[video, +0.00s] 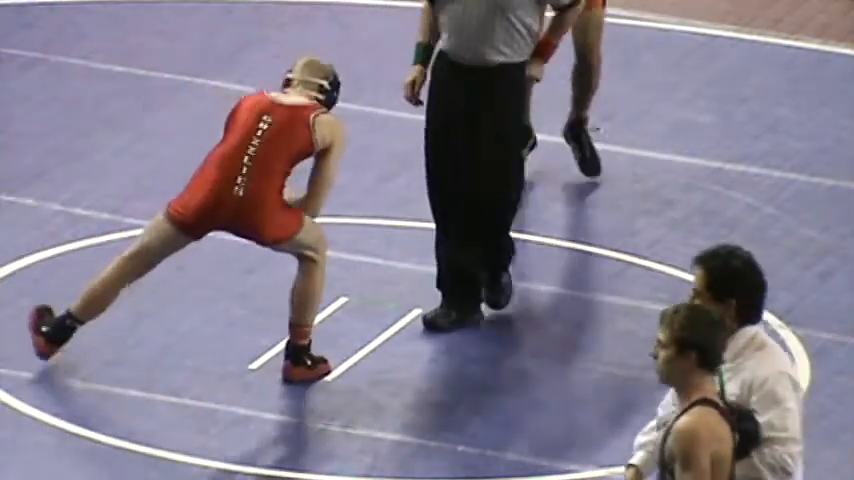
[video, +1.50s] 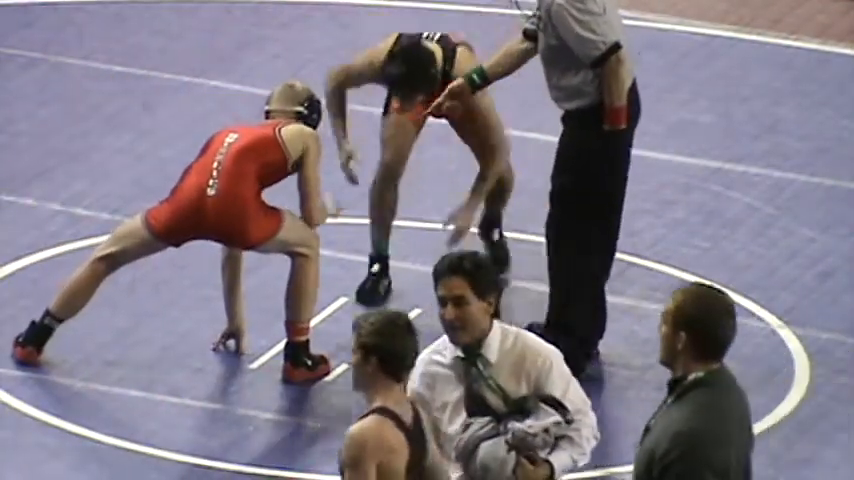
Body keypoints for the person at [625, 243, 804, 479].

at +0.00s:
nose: (689, 303)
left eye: (697, 296)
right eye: (692, 294)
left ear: (730, 309)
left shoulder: (771, 372)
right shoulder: (710, 351)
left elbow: (782, 461)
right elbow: (667, 415)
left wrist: (713, 472)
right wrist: (637, 466)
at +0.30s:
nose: (644, 317)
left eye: (653, 311)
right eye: (645, 307)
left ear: (688, 319)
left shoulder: (719, 383)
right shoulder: (658, 362)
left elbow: (730, 468)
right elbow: (619, 427)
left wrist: (655, 471)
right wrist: (589, 470)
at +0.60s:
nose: (604, 322)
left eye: (617, 311)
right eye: (600, 308)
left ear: (649, 315)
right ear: (595, 306)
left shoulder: (679, 379)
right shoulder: (594, 357)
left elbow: (695, 464)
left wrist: (637, 477)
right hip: (591, 468)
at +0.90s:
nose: (539, 322)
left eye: (551, 310)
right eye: (531, 310)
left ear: (578, 313)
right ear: (523, 312)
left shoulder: (614, 368)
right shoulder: (521, 361)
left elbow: (656, 443)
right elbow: (493, 427)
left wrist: (618, 477)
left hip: (598, 471)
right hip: (535, 470)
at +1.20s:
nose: (479, 316)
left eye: (490, 303)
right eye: (471, 305)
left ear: (518, 303)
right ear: (465, 307)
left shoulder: (563, 353)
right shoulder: (461, 356)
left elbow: (612, 421)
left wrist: (583, 464)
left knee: (527, 453)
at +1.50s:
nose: (448, 315)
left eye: (459, 303)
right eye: (442, 304)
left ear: (490, 303)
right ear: (437, 304)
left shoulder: (537, 355)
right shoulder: (428, 369)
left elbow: (584, 425)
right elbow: (424, 452)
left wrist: (551, 467)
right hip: (462, 471)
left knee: (491, 454)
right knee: (494, 453)